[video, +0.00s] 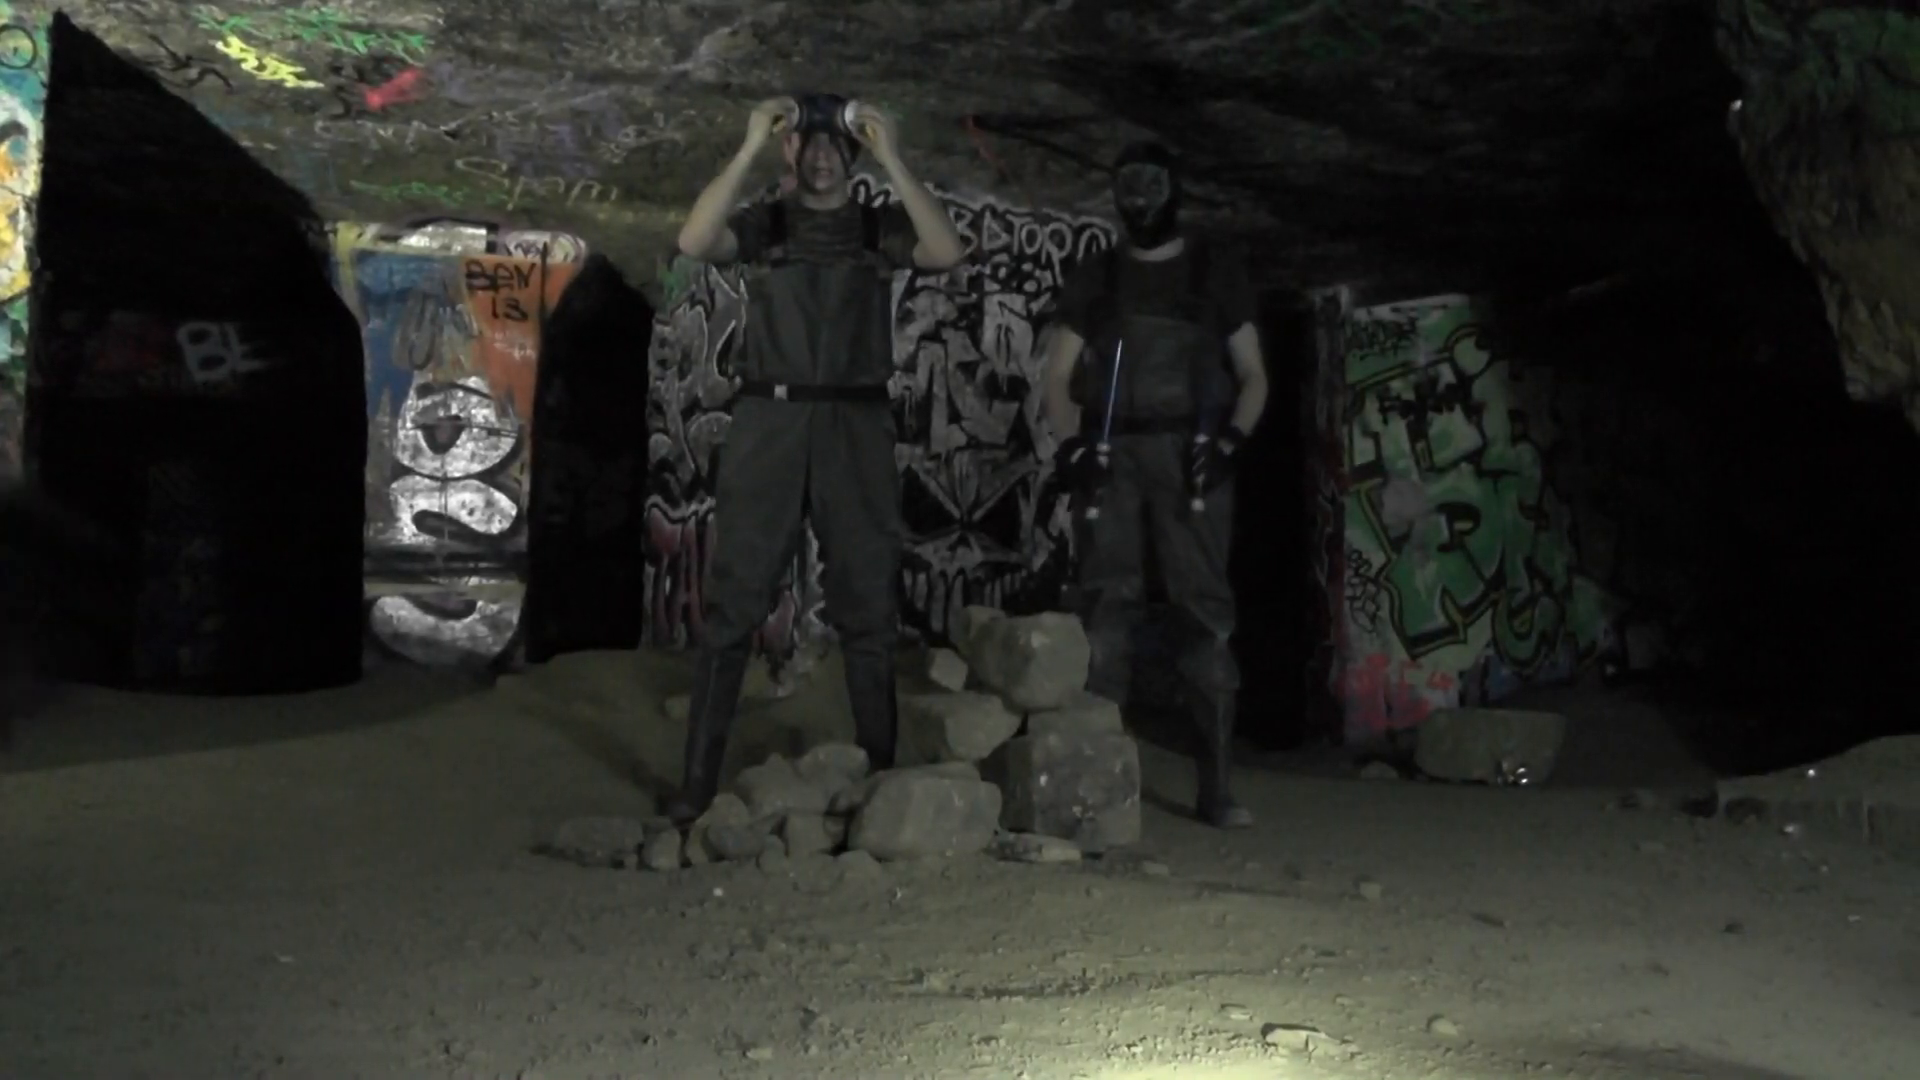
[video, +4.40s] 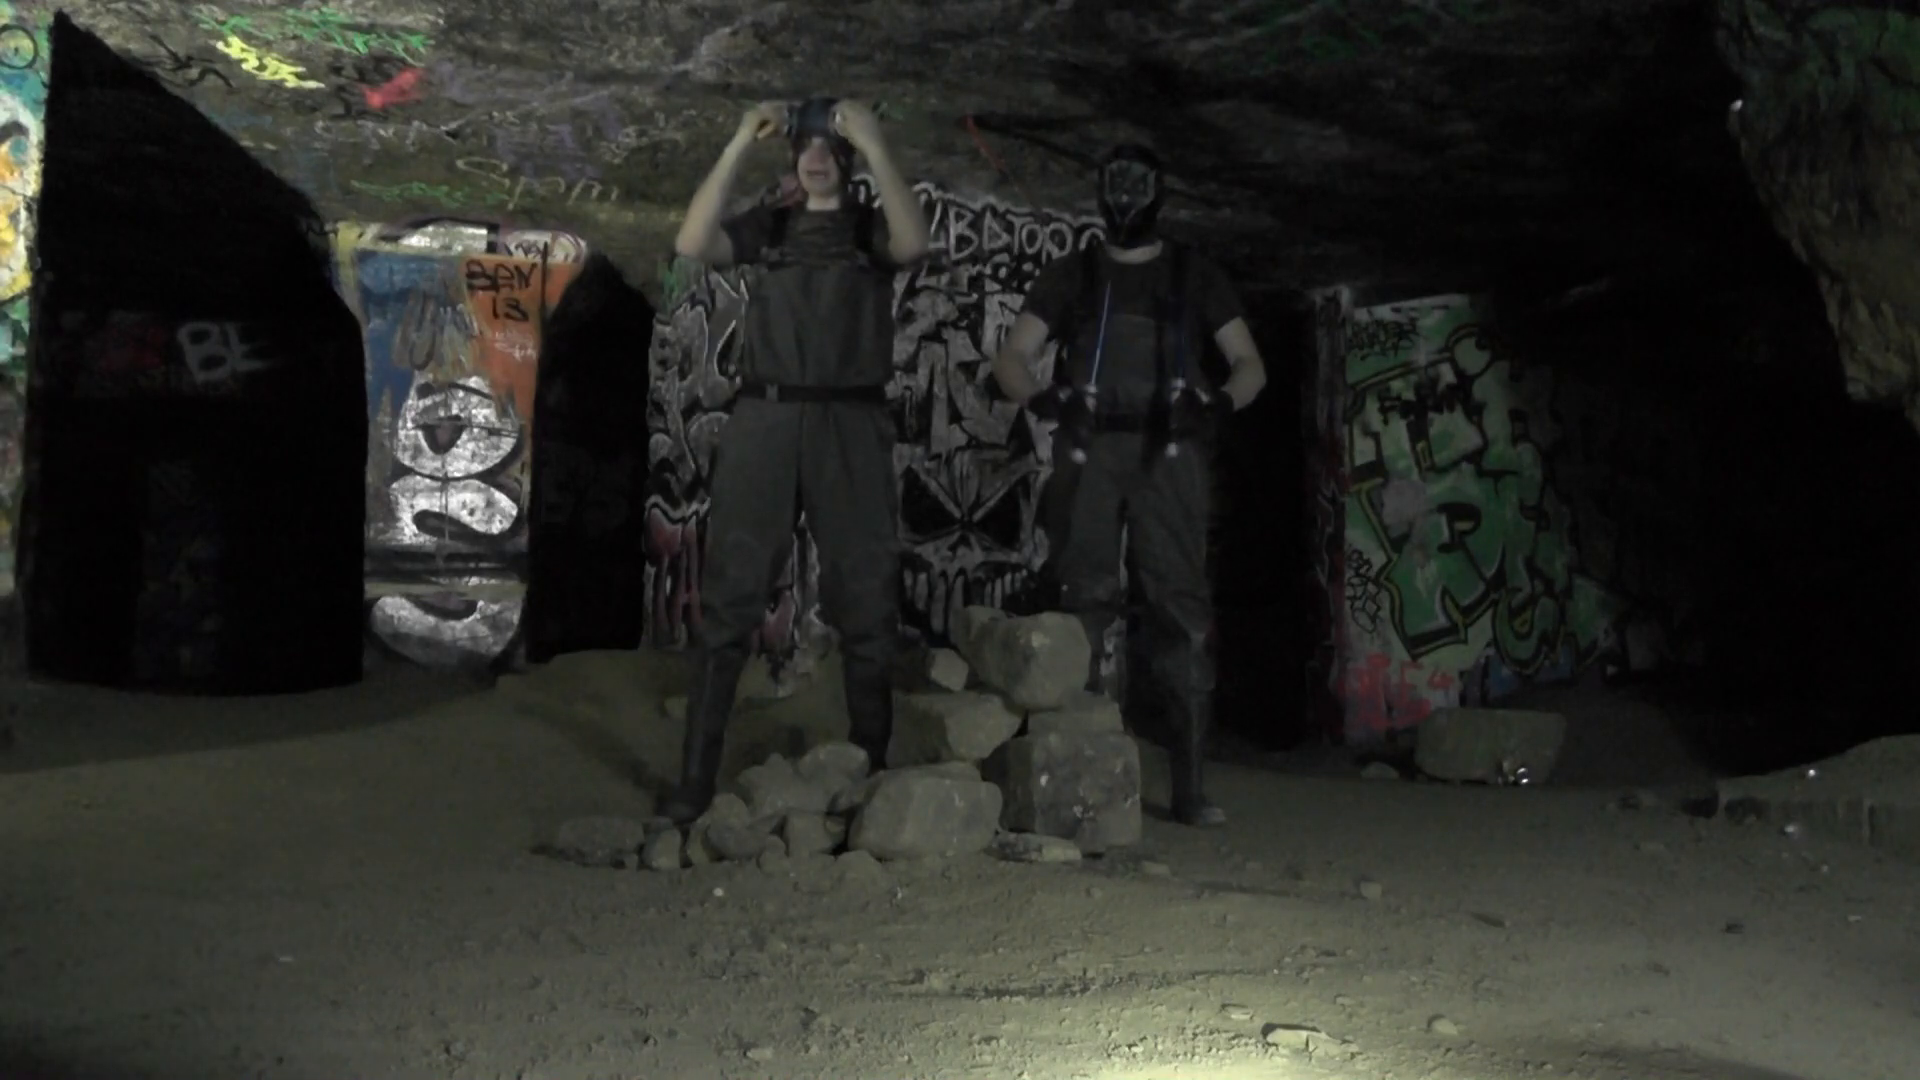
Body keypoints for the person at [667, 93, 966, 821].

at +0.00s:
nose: (819, 159)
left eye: (832, 147)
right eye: (805, 145)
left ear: (854, 156)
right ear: (785, 155)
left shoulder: (879, 228)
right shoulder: (762, 225)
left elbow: (944, 252)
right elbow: (694, 242)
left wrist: (889, 159)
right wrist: (750, 152)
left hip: (856, 439)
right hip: (767, 437)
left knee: (868, 614)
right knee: (733, 612)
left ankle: (880, 777)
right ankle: (696, 790)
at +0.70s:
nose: (849, 167)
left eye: (861, 154)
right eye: (837, 151)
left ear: (872, 162)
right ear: (805, 152)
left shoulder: (882, 228)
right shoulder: (768, 215)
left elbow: (942, 293)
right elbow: (653, 246)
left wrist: (909, 187)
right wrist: (731, 226)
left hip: (857, 437)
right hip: (769, 434)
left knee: (867, 609)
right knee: (737, 606)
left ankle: (882, 778)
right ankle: (698, 785)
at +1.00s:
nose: (860, 166)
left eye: (873, 155)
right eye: (850, 149)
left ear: (884, 161)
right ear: (819, 145)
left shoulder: (891, 230)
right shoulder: (769, 215)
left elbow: (956, 289)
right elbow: (668, 261)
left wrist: (926, 183)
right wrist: (727, 311)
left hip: (858, 439)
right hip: (769, 435)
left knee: (868, 612)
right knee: (736, 609)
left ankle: (882, 779)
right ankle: (699, 786)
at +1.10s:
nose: (856, 161)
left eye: (870, 151)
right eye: (845, 145)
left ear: (881, 160)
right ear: (816, 146)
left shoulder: (893, 230)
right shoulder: (771, 213)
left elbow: (954, 282)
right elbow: (662, 231)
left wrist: (922, 176)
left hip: (858, 437)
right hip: (769, 432)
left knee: (868, 613)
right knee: (738, 608)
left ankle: (879, 781)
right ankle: (700, 785)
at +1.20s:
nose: (847, 163)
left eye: (861, 152)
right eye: (836, 147)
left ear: (879, 162)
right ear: (811, 150)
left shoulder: (892, 230)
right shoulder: (770, 217)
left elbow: (955, 278)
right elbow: (657, 201)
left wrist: (918, 175)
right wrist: (755, 192)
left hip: (859, 438)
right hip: (769, 433)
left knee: (869, 614)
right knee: (737, 609)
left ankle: (880, 780)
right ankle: (699, 786)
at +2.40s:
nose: (828, 156)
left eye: (836, 145)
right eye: (815, 141)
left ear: (847, 157)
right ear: (781, 146)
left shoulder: (851, 231)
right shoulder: (750, 219)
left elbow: (936, 271)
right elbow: (745, 260)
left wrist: (911, 173)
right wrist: (795, 187)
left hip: (843, 435)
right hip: (759, 431)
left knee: (867, 605)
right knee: (732, 600)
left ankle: (883, 771)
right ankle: (679, 771)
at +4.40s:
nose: (820, 159)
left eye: (832, 150)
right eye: (809, 150)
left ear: (850, 165)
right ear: (789, 167)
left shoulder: (871, 228)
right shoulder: (764, 227)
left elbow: (911, 244)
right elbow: (692, 244)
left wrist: (872, 142)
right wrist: (739, 145)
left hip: (852, 436)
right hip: (763, 434)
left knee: (866, 611)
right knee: (731, 606)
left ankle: (870, 778)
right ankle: (696, 784)